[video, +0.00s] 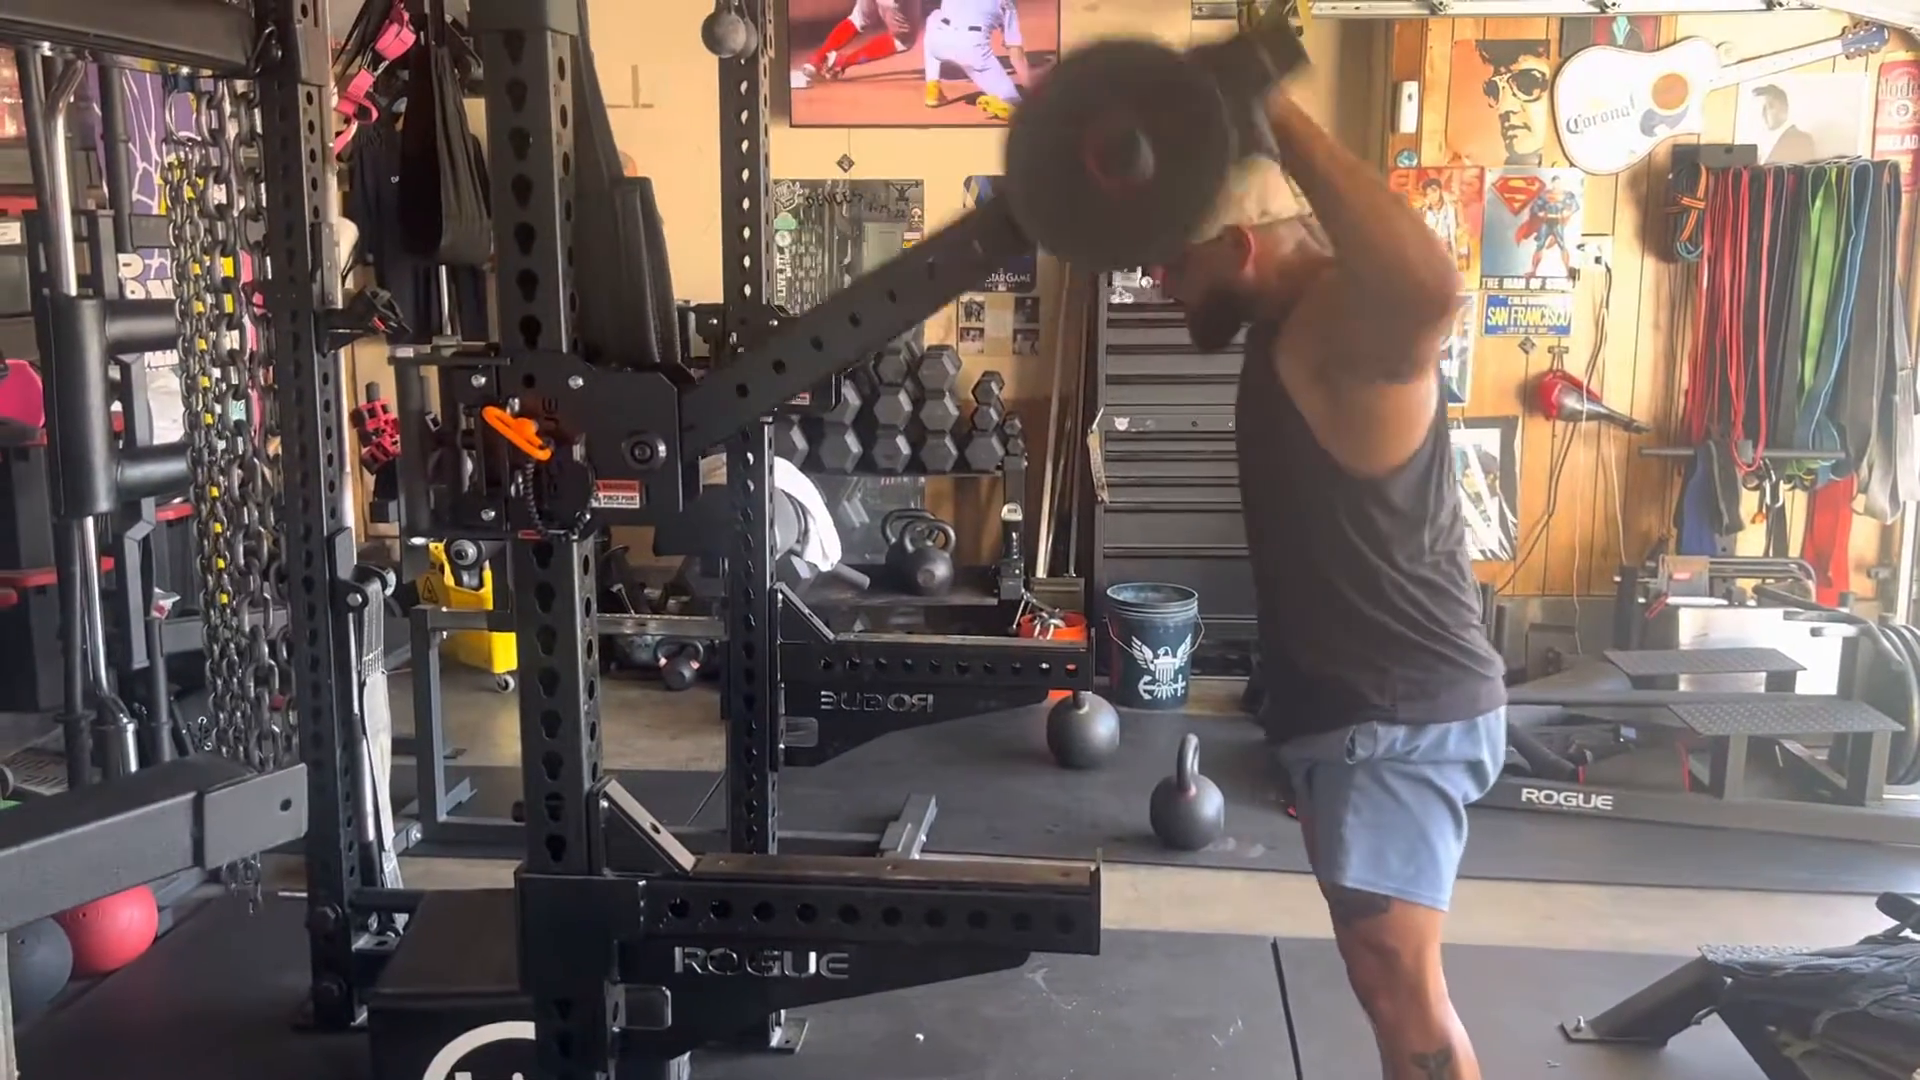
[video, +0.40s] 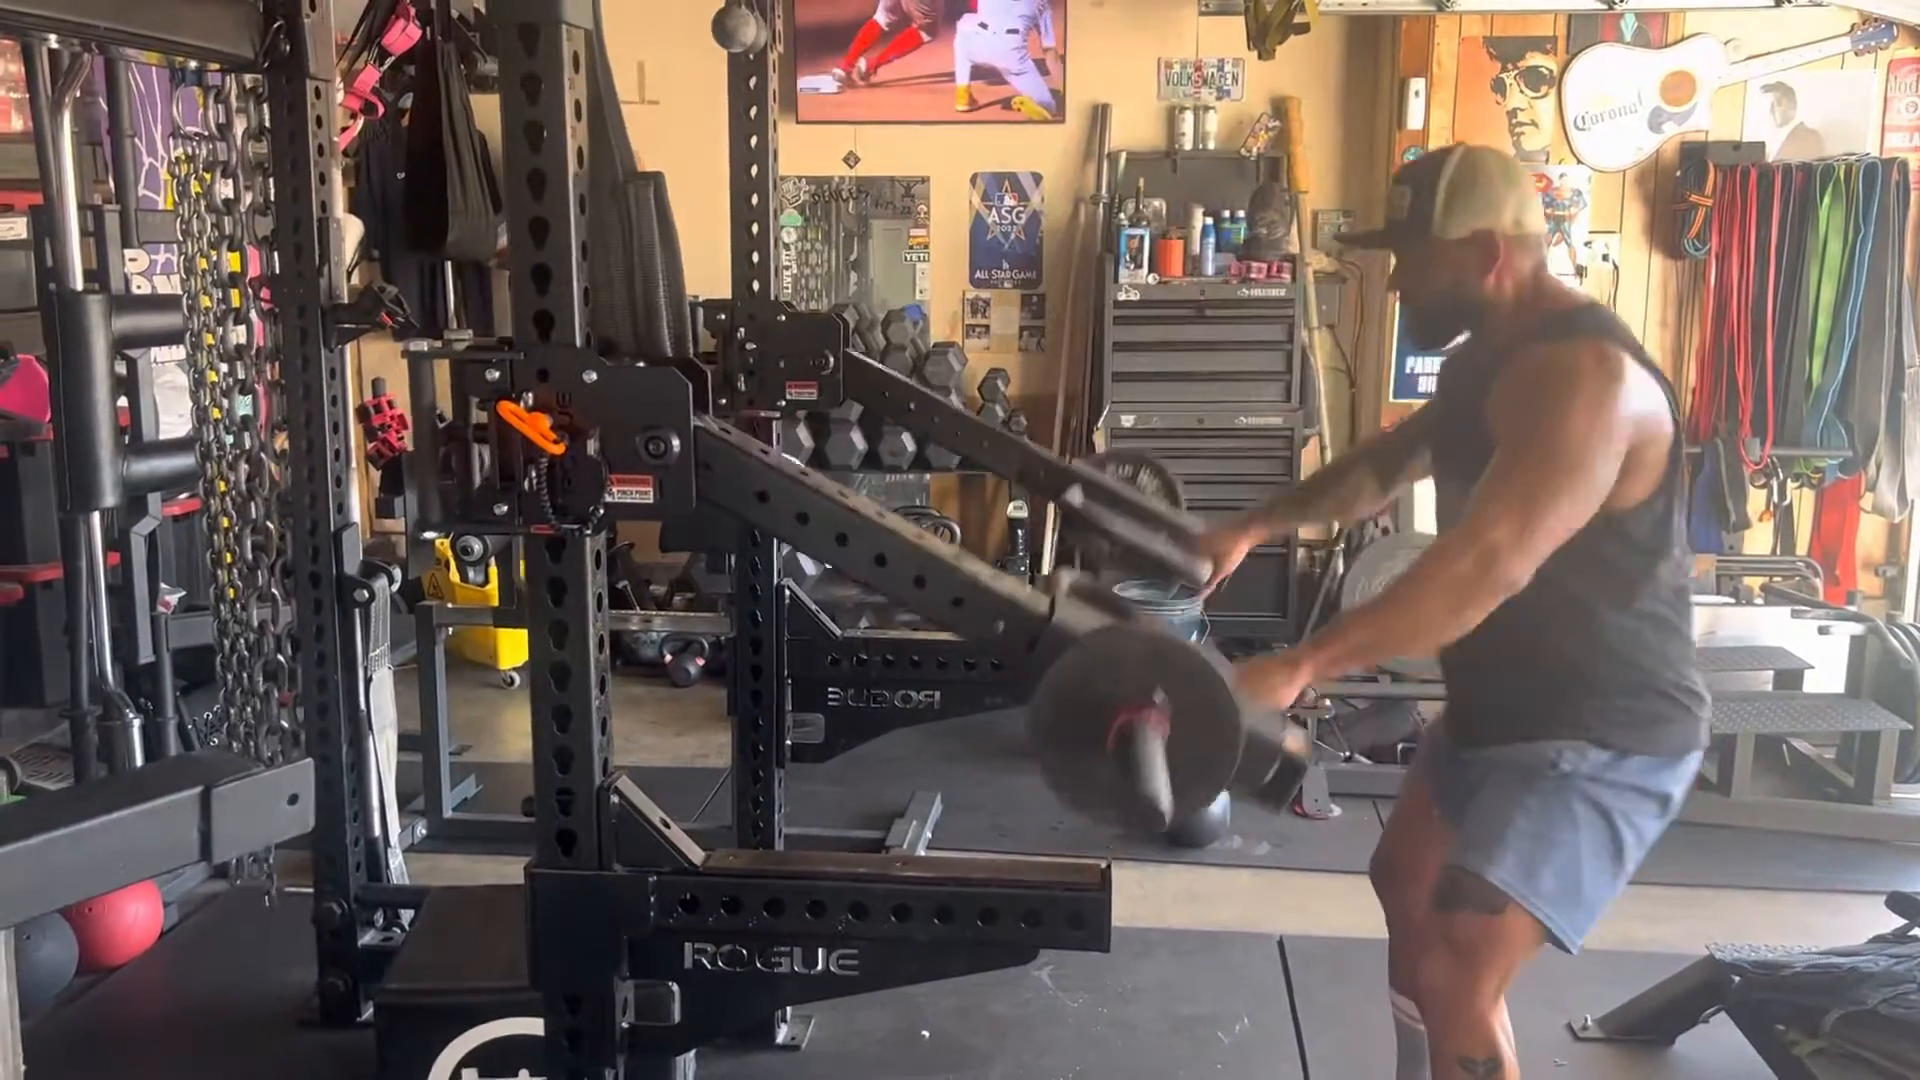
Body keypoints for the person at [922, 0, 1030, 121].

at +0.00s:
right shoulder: (1005, 3)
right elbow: (1016, 54)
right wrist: (1031, 88)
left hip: (940, 41)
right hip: (973, 48)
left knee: (934, 17)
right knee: (1015, 103)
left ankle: (932, 91)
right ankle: (993, 103)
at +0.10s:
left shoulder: (961, 3)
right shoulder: (1014, 4)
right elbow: (1025, 55)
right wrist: (1045, 98)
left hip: (949, 42)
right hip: (983, 49)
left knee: (943, 17)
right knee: (1023, 102)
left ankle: (940, 92)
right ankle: (1001, 103)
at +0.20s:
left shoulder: (970, 3)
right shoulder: (1023, 4)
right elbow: (1034, 58)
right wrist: (1053, 98)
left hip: (959, 43)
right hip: (992, 52)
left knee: (951, 18)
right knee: (1032, 103)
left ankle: (947, 93)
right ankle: (1010, 104)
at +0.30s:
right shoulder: (1031, 3)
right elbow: (1041, 54)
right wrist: (1057, 92)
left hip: (968, 45)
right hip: (1002, 52)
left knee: (958, 20)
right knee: (1043, 106)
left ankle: (956, 95)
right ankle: (1018, 104)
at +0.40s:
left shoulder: (986, 2)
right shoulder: (1039, 3)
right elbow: (1050, 54)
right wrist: (1064, 91)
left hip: (978, 46)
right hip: (1011, 53)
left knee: (965, 22)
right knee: (1048, 106)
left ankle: (963, 96)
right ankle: (1026, 104)